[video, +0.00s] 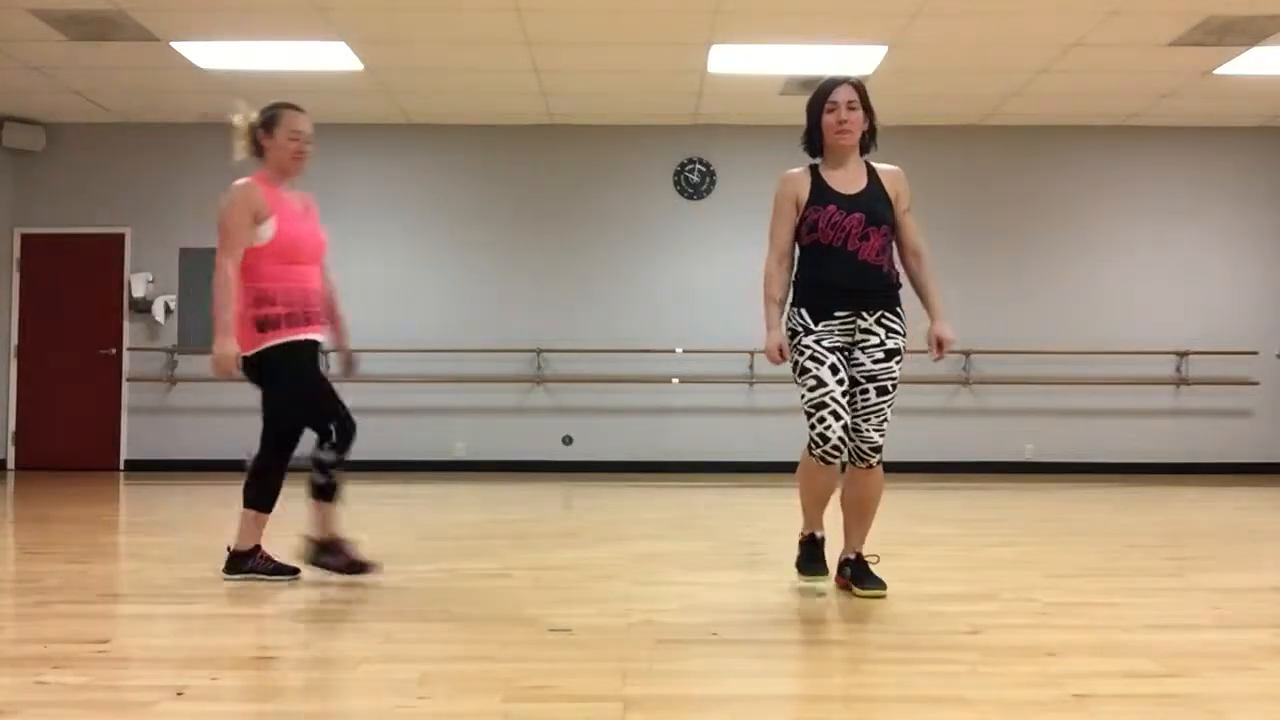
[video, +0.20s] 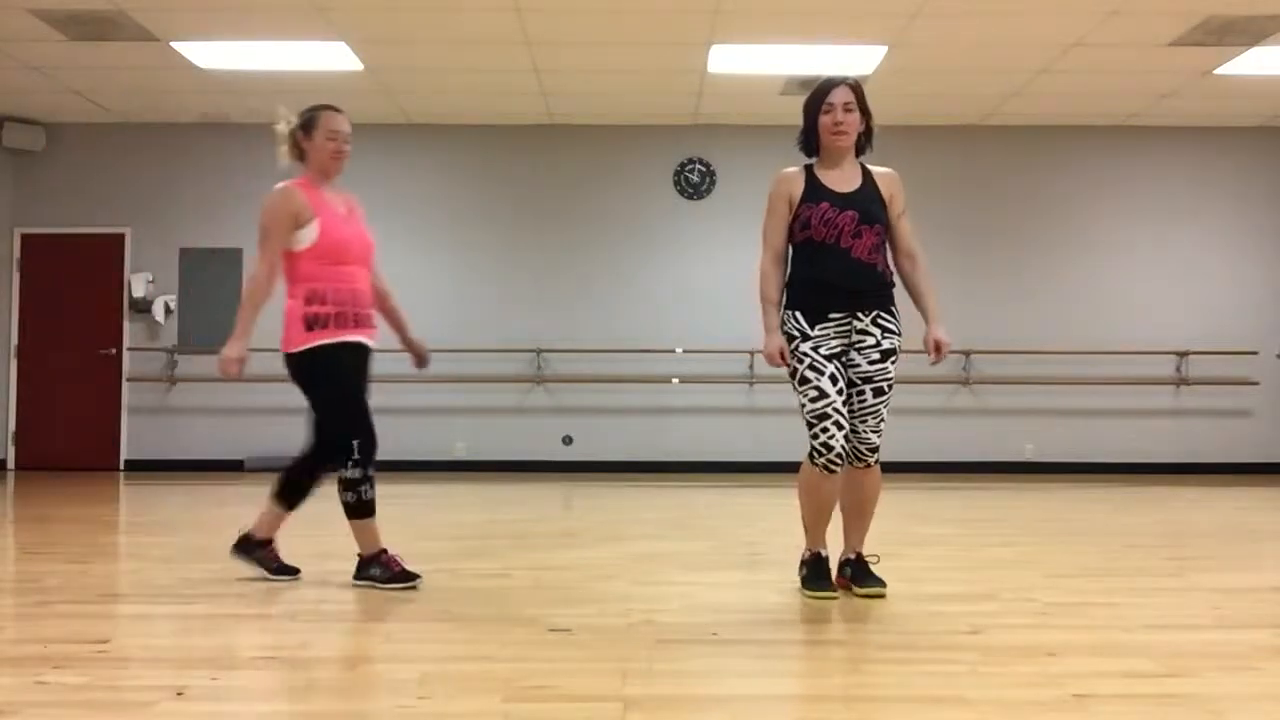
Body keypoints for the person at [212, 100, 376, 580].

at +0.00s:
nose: (304, 149)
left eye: (308, 141)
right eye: (294, 139)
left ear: (311, 145)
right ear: (265, 140)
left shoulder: (304, 202)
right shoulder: (246, 194)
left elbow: (320, 275)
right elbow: (227, 267)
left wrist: (341, 337)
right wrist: (225, 337)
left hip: (302, 340)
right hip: (268, 341)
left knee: (278, 445)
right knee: (338, 427)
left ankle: (245, 550)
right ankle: (323, 538)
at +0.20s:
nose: (343, 148)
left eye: (348, 140)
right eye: (333, 138)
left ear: (350, 147)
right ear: (304, 142)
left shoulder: (348, 203)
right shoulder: (286, 197)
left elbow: (371, 277)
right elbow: (264, 272)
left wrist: (407, 336)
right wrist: (238, 339)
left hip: (354, 342)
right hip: (314, 342)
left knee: (327, 447)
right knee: (358, 442)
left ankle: (258, 537)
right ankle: (371, 555)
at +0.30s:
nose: (358, 142)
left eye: (363, 135)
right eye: (347, 134)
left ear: (366, 143)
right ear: (321, 141)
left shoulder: (371, 201)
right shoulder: (307, 196)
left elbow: (391, 277)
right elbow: (288, 271)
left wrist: (422, 333)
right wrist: (273, 343)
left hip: (376, 339)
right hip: (333, 339)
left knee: (382, 443)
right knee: (363, 443)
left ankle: (298, 513)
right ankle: (371, 555)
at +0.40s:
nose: (372, 137)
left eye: (377, 129)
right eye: (360, 129)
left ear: (383, 139)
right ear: (336, 138)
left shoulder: (394, 200)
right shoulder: (321, 194)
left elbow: (407, 271)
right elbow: (308, 271)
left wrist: (431, 325)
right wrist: (315, 337)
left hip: (395, 339)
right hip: (345, 340)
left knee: (424, 436)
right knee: (366, 443)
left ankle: (349, 502)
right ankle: (371, 556)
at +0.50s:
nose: (384, 132)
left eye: (391, 126)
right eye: (373, 124)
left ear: (398, 136)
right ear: (351, 134)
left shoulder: (412, 196)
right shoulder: (333, 191)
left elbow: (426, 268)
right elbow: (321, 269)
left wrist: (444, 323)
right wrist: (350, 323)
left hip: (410, 338)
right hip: (356, 338)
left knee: (441, 430)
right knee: (368, 443)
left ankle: (412, 520)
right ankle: (371, 554)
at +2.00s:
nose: (425, 130)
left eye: (435, 124)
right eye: (417, 122)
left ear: (447, 138)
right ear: (400, 134)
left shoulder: (464, 196)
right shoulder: (372, 196)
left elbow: (489, 267)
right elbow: (354, 264)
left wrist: (507, 326)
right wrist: (327, 319)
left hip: (449, 339)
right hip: (389, 339)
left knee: (440, 446)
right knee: (391, 448)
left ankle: (443, 552)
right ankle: (391, 552)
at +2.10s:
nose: (422, 128)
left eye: (432, 123)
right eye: (413, 120)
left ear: (444, 138)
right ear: (397, 132)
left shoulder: (463, 194)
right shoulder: (373, 192)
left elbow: (505, 241)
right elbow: (326, 246)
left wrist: (515, 255)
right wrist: (276, 279)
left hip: (447, 336)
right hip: (388, 335)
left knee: (433, 441)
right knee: (390, 447)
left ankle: (438, 544)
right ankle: (392, 552)